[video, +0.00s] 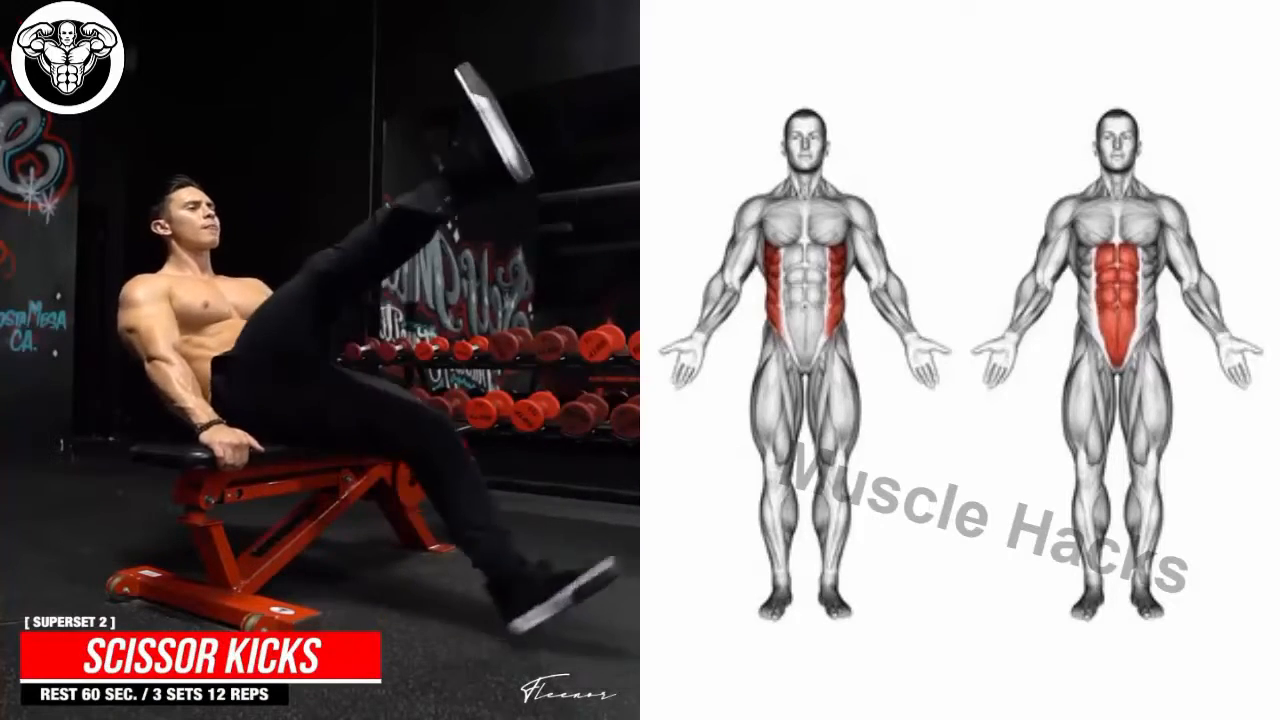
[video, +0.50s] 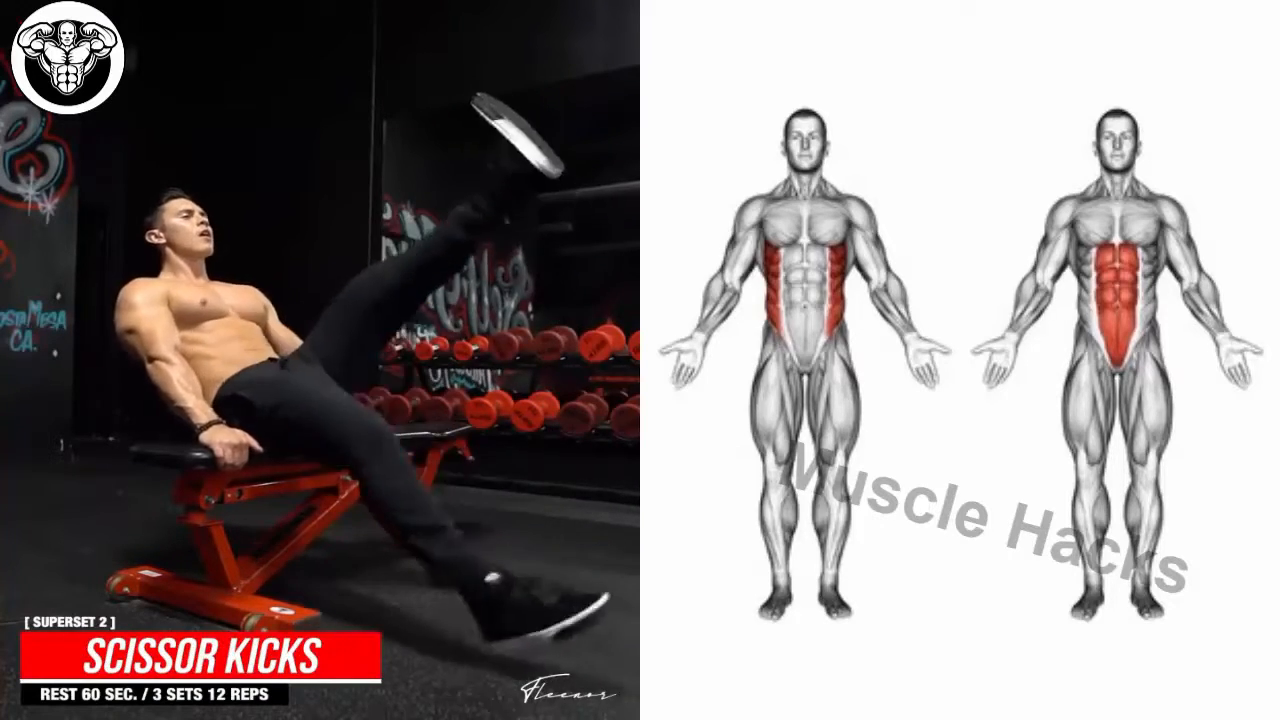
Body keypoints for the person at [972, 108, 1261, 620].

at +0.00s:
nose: (1116, 145)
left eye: (1124, 138)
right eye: (1109, 137)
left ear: (1137, 146)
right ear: (1097, 145)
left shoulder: (1164, 211)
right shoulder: (1070, 211)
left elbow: (1193, 282)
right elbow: (1041, 282)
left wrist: (1221, 335)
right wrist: (1012, 336)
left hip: (1144, 355)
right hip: (1089, 354)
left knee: (1145, 466)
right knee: (1088, 466)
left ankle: (1141, 582)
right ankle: (1092, 583)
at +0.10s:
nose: (1116, 145)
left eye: (1124, 138)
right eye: (1109, 137)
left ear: (1137, 146)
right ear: (1097, 145)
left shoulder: (1164, 211)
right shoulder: (1070, 211)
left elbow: (1192, 282)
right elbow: (1041, 282)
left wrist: (1221, 335)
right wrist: (1012, 336)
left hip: (1144, 355)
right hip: (1089, 354)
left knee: (1145, 467)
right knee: (1088, 466)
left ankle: (1141, 582)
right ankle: (1092, 583)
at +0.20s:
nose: (1116, 145)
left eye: (1124, 138)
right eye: (1109, 137)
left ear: (1137, 146)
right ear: (1097, 145)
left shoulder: (1164, 211)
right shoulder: (1070, 211)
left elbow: (1193, 282)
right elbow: (1041, 282)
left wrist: (1221, 335)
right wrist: (1012, 336)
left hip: (1144, 355)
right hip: (1089, 354)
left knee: (1145, 466)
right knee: (1088, 466)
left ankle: (1141, 582)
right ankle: (1092, 583)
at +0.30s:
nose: (1116, 145)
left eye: (1124, 138)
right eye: (1109, 137)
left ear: (1137, 146)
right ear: (1097, 145)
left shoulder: (1164, 211)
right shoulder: (1070, 211)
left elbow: (1193, 282)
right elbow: (1041, 282)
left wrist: (1221, 335)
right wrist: (1012, 336)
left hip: (1144, 355)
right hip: (1089, 354)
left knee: (1145, 466)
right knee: (1088, 466)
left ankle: (1141, 582)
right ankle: (1092, 583)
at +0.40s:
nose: (1116, 145)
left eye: (1124, 138)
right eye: (1109, 137)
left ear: (1137, 146)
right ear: (1097, 145)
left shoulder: (1164, 211)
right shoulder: (1070, 211)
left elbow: (1193, 282)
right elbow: (1041, 282)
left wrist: (1221, 335)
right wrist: (1012, 336)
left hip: (1144, 355)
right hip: (1089, 354)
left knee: (1145, 466)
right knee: (1088, 466)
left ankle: (1141, 582)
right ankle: (1092, 583)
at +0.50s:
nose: (1116, 145)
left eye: (1124, 138)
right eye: (1109, 137)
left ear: (1137, 146)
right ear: (1097, 145)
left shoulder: (1164, 211)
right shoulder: (1070, 211)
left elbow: (1193, 282)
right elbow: (1041, 282)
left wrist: (1221, 335)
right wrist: (1012, 336)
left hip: (1144, 355)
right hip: (1089, 354)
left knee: (1145, 466)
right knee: (1088, 466)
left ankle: (1141, 582)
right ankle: (1092, 583)